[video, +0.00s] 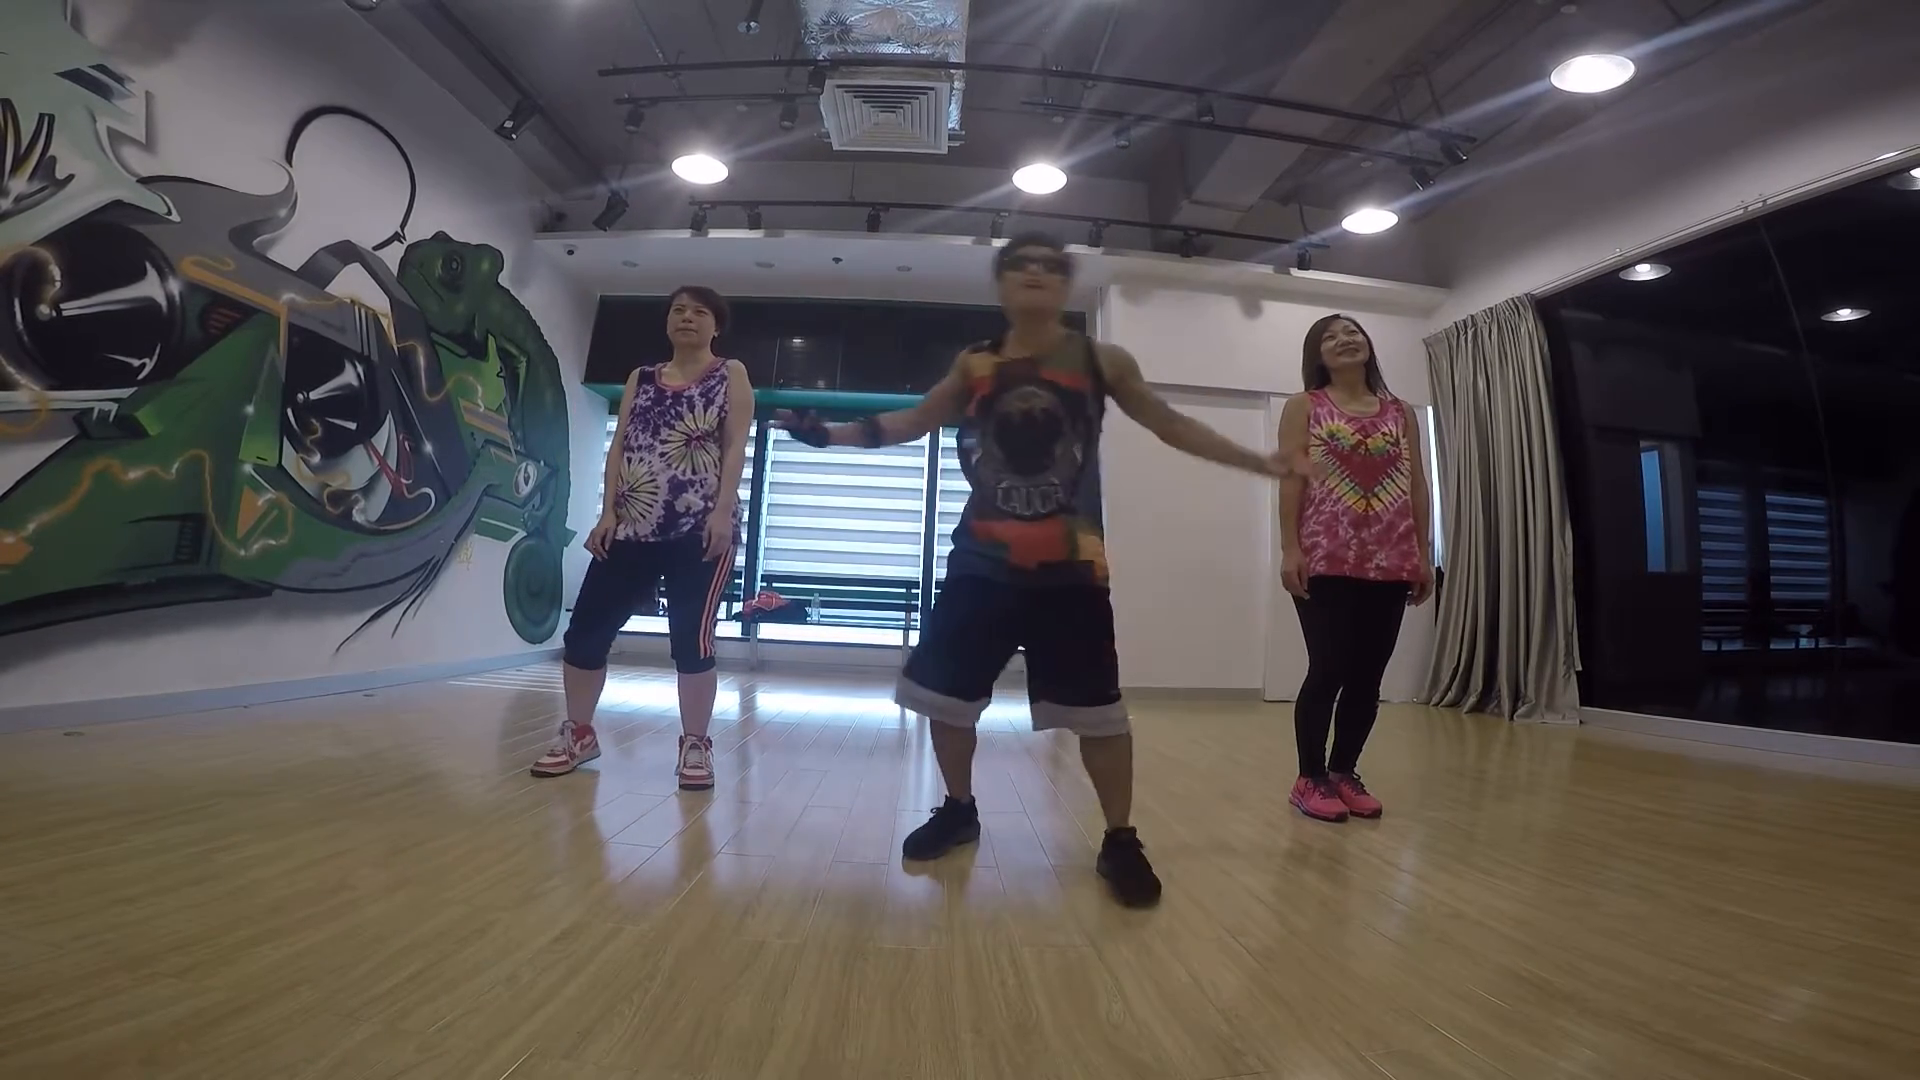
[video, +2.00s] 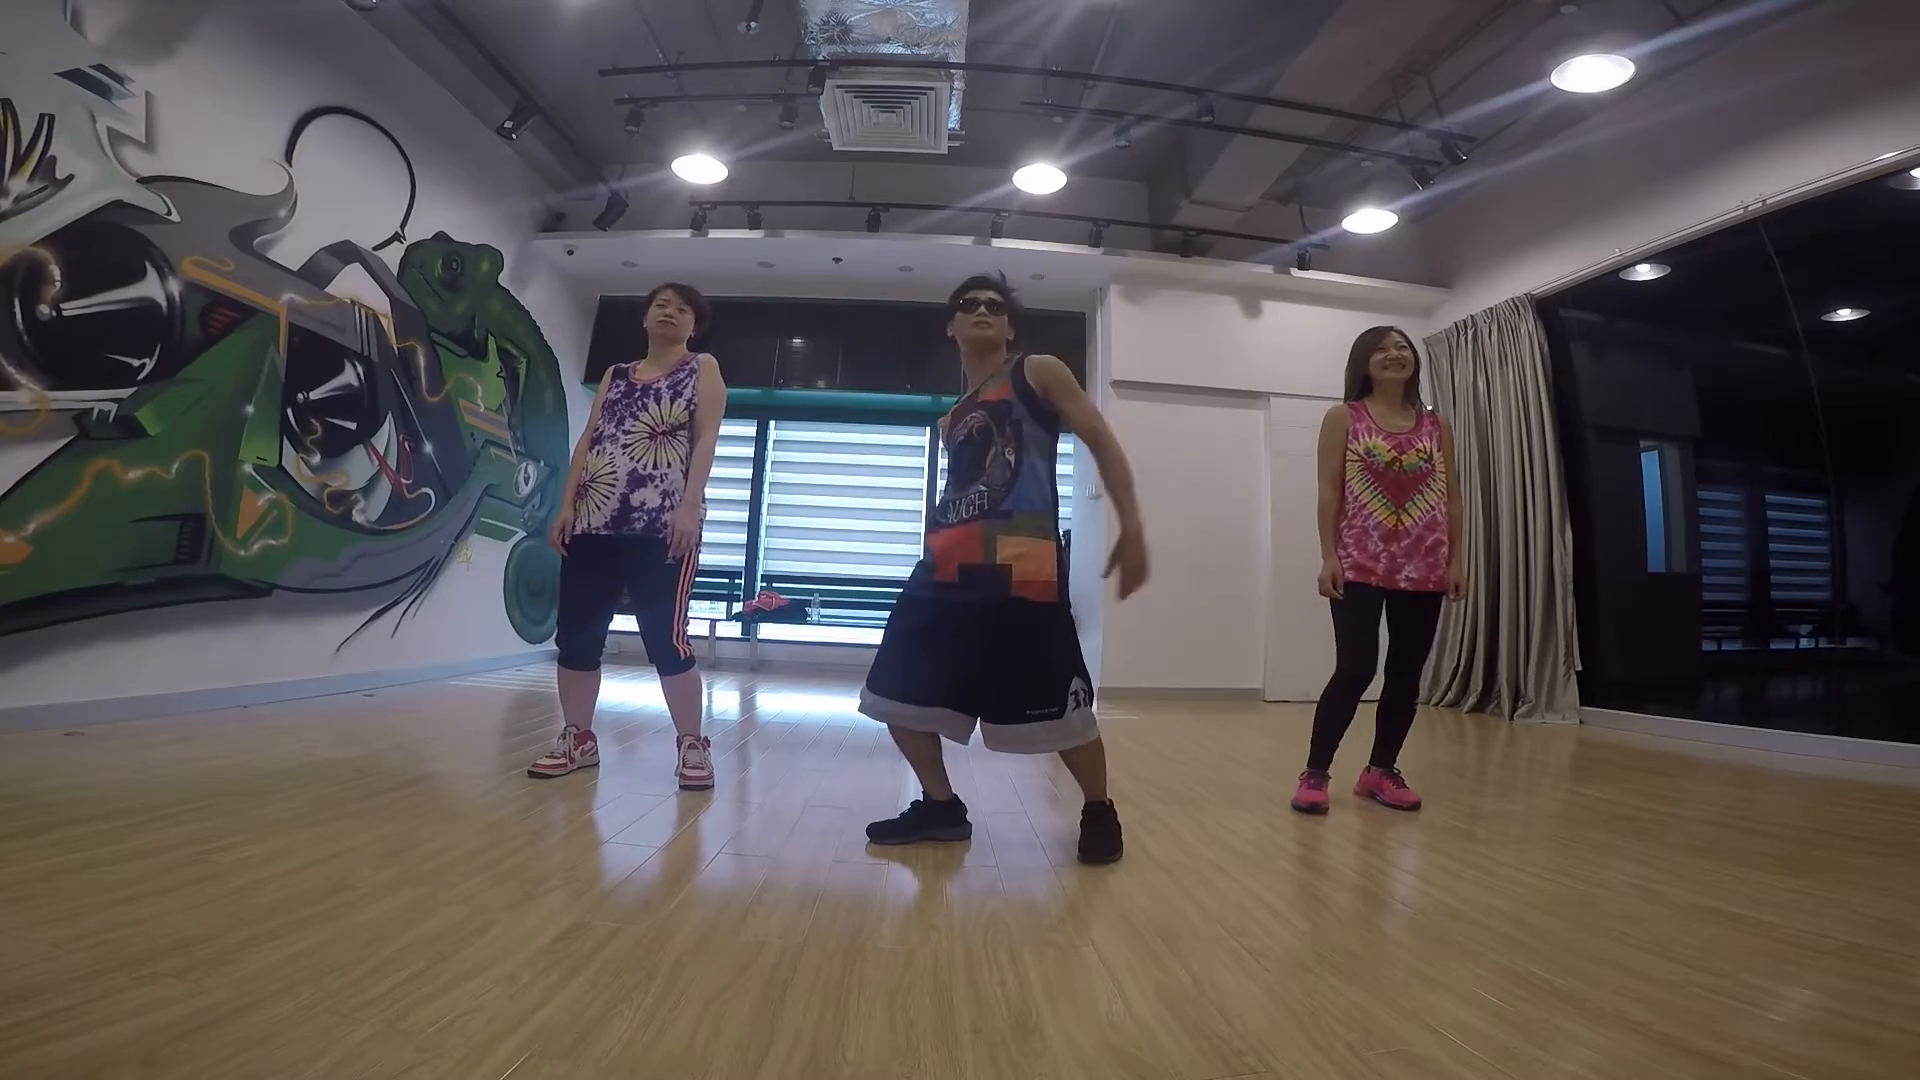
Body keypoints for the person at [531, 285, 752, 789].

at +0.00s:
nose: (687, 317)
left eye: (699, 311)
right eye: (679, 310)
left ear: (716, 327)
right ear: (666, 323)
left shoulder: (730, 374)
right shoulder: (640, 378)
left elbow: (735, 447)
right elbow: (619, 448)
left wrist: (724, 510)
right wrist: (609, 509)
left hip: (697, 531)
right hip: (631, 528)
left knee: (692, 643)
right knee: (584, 634)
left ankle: (695, 744)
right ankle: (578, 735)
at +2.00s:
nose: (669, 312)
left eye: (681, 308)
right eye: (661, 305)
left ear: (694, 326)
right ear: (645, 317)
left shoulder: (702, 369)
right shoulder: (616, 375)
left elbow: (705, 441)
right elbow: (586, 443)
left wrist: (690, 506)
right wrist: (566, 503)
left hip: (659, 527)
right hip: (593, 523)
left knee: (667, 643)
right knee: (576, 637)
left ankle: (691, 744)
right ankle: (578, 741)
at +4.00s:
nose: (635, 306)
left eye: (648, 301)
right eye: (628, 300)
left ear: (669, 320)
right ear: (615, 314)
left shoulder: (681, 383)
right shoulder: (593, 375)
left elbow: (687, 444)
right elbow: (574, 442)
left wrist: (668, 502)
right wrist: (554, 506)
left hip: (648, 527)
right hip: (582, 525)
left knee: (635, 636)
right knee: (565, 634)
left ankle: (640, 741)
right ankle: (590, 736)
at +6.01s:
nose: (669, 325)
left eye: (680, 320)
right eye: (661, 318)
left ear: (696, 334)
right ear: (648, 329)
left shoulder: (704, 392)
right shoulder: (612, 372)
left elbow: (703, 459)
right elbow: (572, 432)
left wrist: (705, 517)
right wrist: (547, 491)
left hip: (660, 526)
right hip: (595, 522)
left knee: (638, 622)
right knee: (601, 631)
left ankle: (644, 732)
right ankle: (616, 732)